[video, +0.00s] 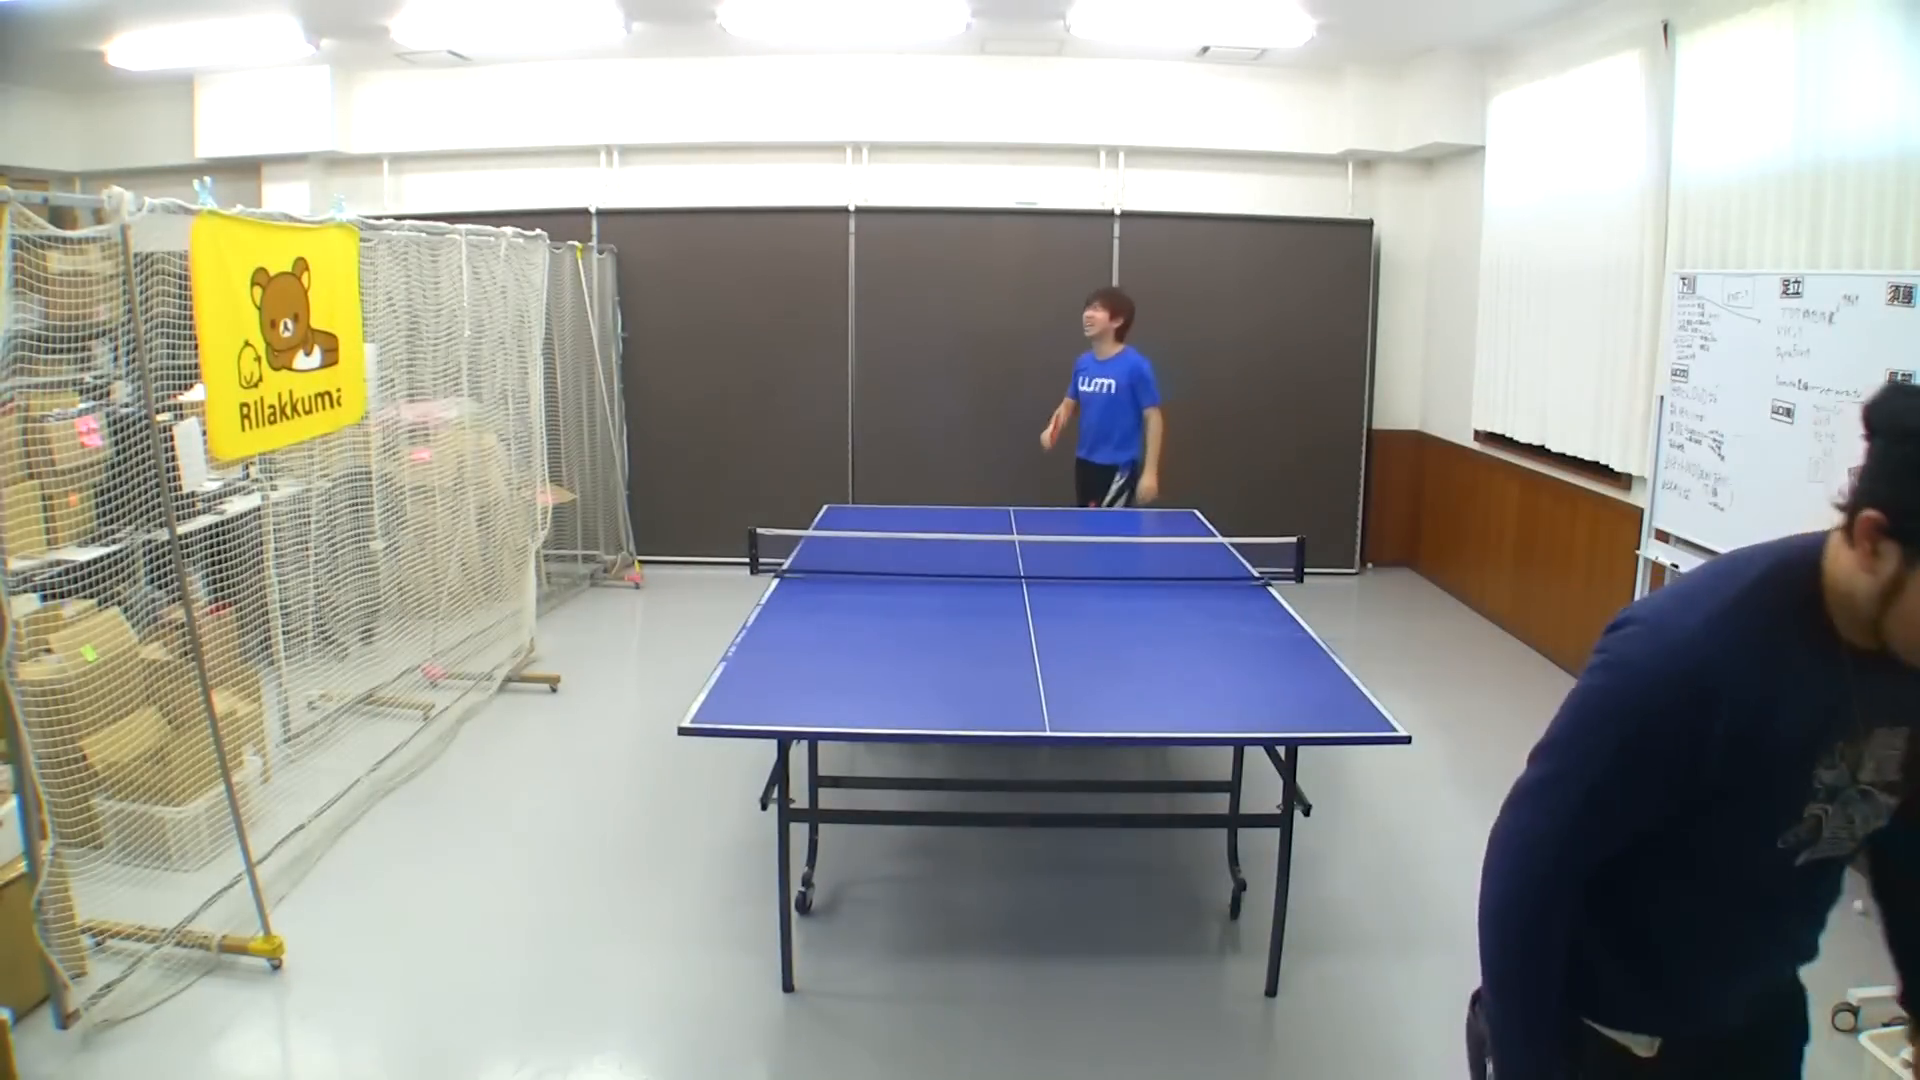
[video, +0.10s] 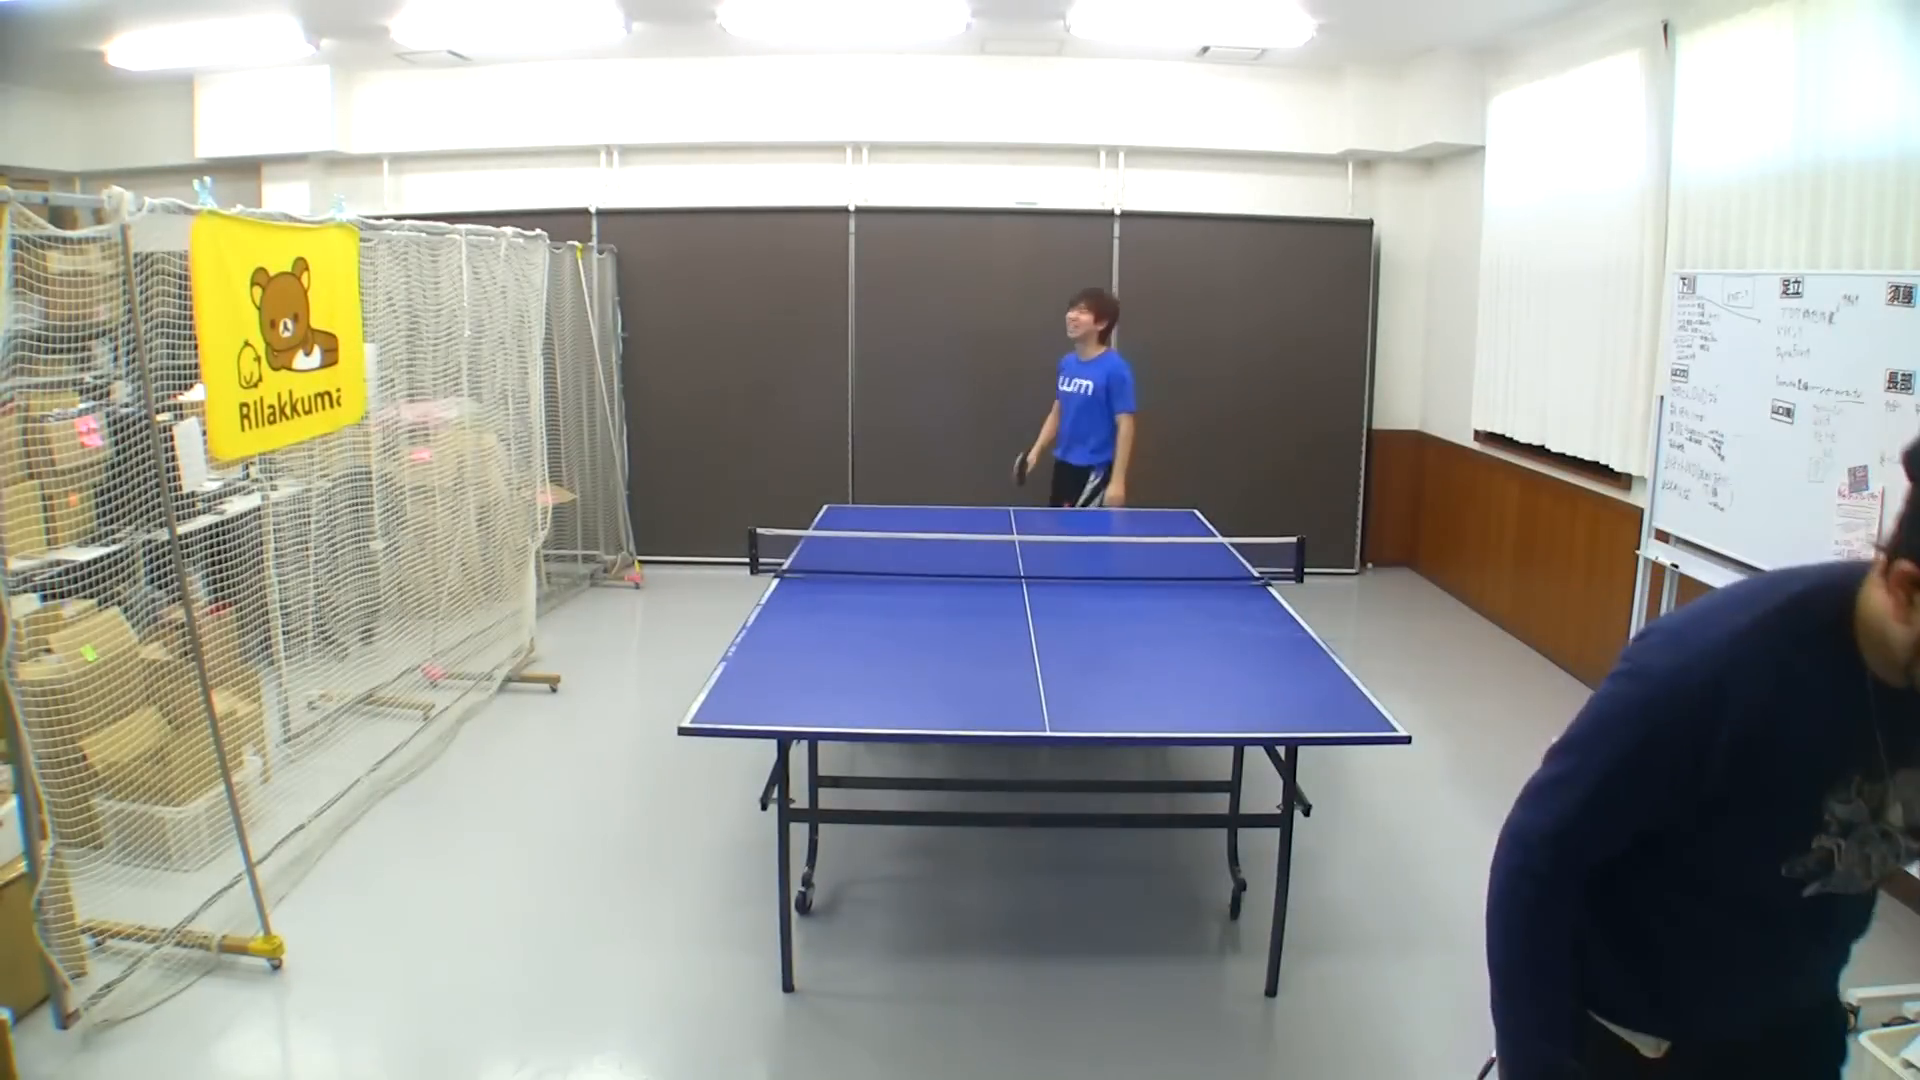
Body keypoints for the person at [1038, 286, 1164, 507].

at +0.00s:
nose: (1087, 315)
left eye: (1097, 309)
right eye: (1087, 308)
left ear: (1117, 320)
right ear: (1083, 314)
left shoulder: (1136, 366)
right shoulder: (1083, 363)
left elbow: (1153, 417)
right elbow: (1069, 402)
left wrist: (1150, 473)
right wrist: (1053, 429)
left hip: (1119, 463)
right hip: (1086, 460)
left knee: (1102, 531)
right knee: (1085, 529)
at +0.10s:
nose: (1072, 316)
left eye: (1083, 311)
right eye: (1071, 309)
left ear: (1102, 323)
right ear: (1066, 314)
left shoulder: (1115, 368)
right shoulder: (1066, 363)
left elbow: (1126, 424)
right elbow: (1057, 412)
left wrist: (1118, 480)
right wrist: (1035, 451)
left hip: (1095, 467)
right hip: (1063, 462)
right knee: (1056, 530)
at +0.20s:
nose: (1057, 316)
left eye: (1068, 311)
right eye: (1055, 307)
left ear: (1084, 322)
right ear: (1048, 311)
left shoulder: (1094, 362)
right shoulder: (1051, 359)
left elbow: (1097, 422)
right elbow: (1043, 413)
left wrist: (1083, 476)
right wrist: (1027, 466)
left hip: (1070, 468)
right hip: (1043, 462)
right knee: (1032, 533)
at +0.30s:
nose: (1038, 312)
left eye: (1049, 307)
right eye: (1036, 304)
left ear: (1066, 317)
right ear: (1029, 308)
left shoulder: (1075, 356)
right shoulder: (1035, 353)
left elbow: (1077, 415)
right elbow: (1035, 405)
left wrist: (1049, 465)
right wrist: (1023, 451)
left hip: (1059, 462)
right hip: (1026, 457)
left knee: (1055, 536)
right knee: (1000, 523)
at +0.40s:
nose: (1017, 313)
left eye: (1027, 308)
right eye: (1014, 305)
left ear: (1045, 316)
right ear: (1006, 309)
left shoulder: (1054, 356)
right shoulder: (1014, 354)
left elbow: (1059, 414)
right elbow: (1016, 406)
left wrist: (1017, 458)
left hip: (1039, 465)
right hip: (1005, 458)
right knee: (983, 531)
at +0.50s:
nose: (992, 319)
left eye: (1003, 314)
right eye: (989, 311)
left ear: (1021, 323)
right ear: (983, 315)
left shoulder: (1032, 361)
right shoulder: (989, 360)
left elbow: (1040, 418)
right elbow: (992, 411)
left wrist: (995, 456)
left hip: (1017, 471)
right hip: (982, 467)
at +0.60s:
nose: (967, 325)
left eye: (977, 319)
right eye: (964, 317)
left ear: (995, 327)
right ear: (958, 320)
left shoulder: (1011, 365)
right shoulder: (964, 366)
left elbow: (1020, 423)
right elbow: (969, 417)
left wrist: (984, 465)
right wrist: (959, 461)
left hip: (996, 475)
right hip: (960, 469)